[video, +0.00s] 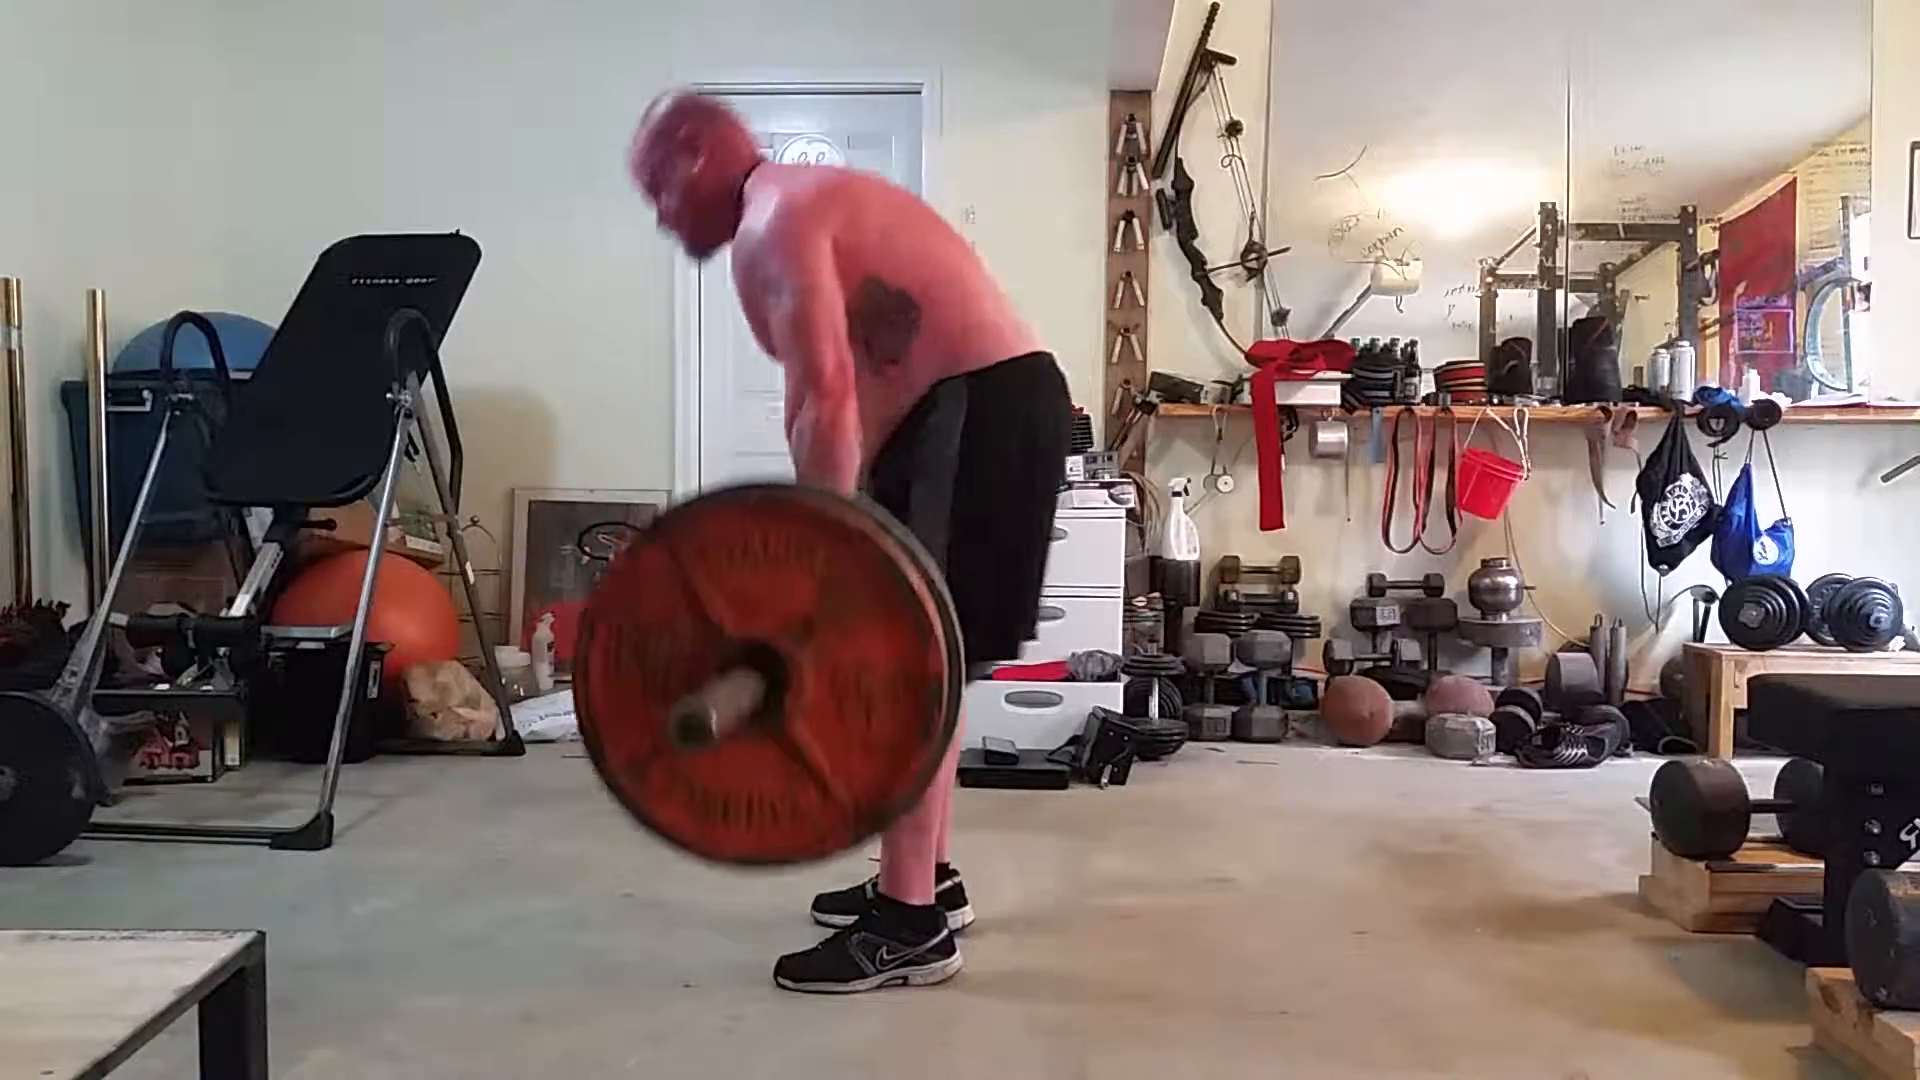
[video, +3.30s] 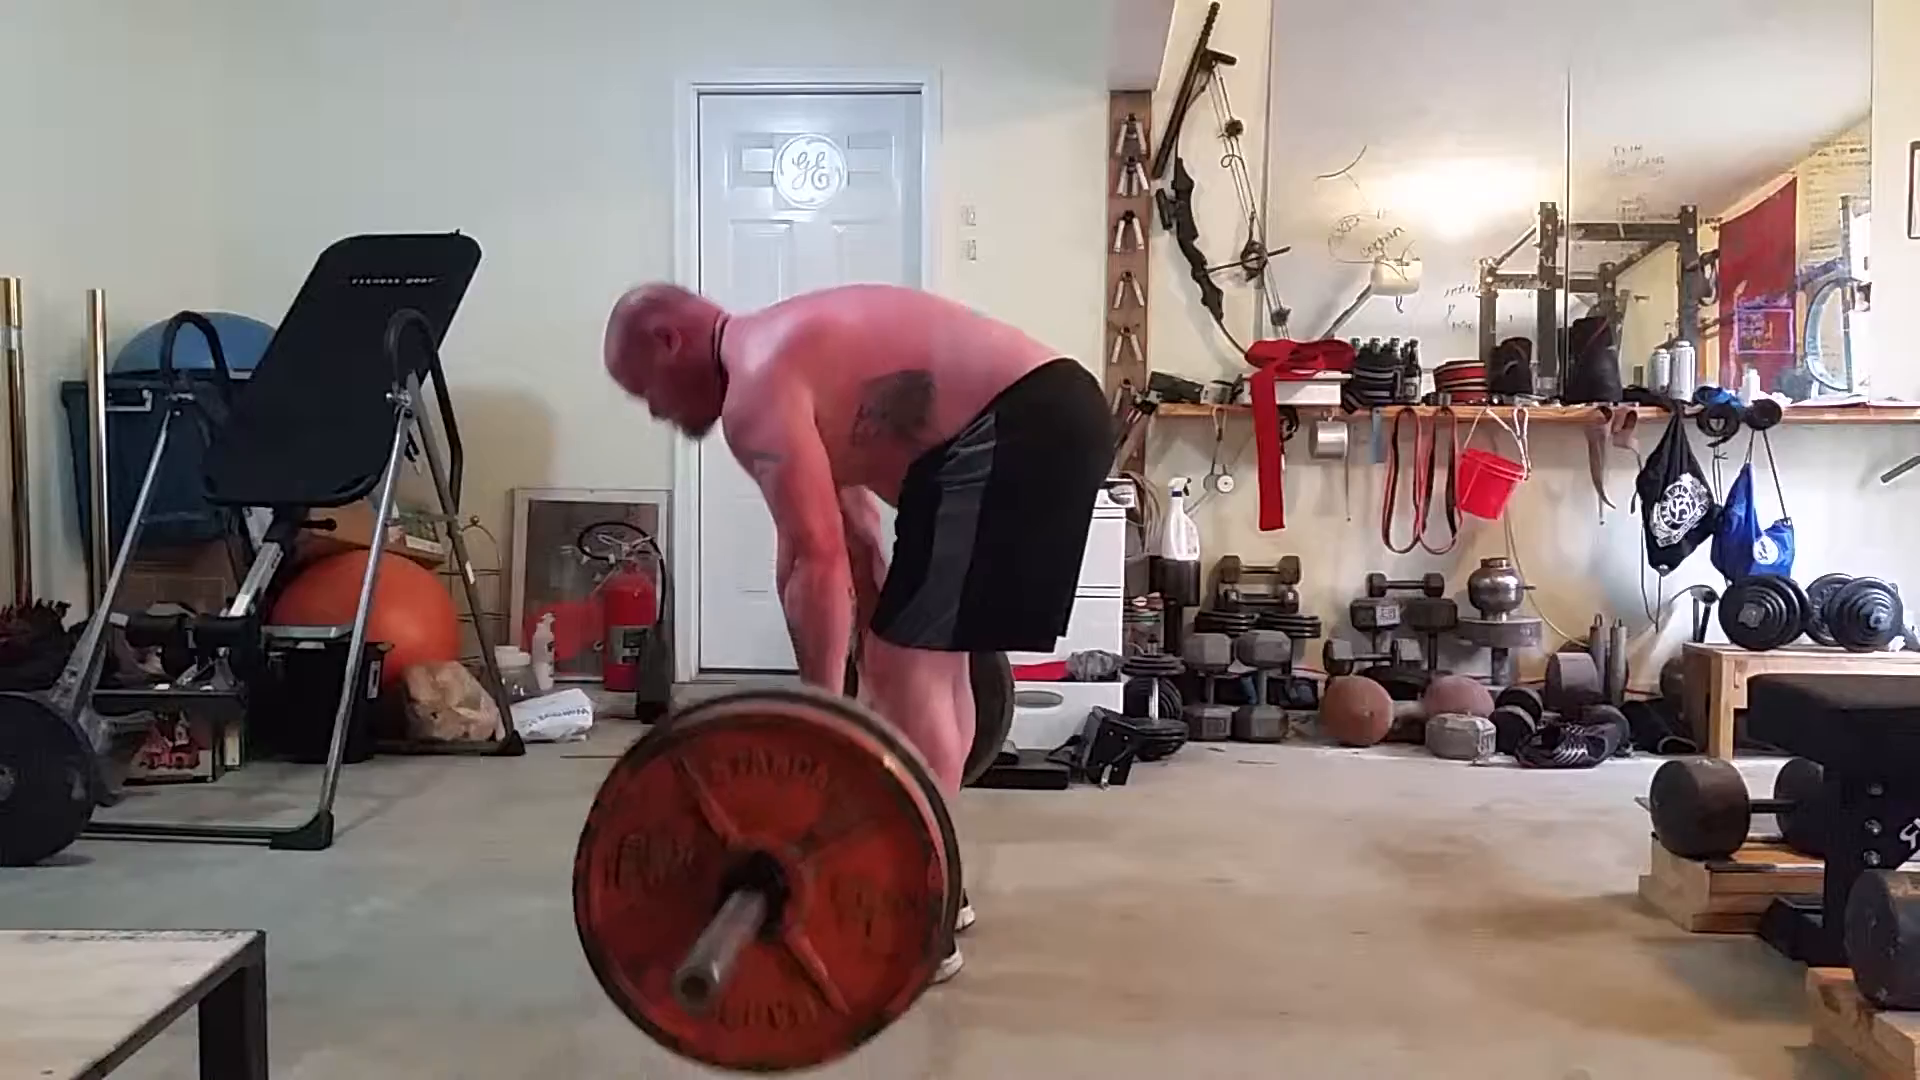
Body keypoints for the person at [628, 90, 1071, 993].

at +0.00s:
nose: (658, 215)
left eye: (656, 189)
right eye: (648, 197)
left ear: (701, 155)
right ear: (719, 149)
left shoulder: (779, 218)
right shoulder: (798, 206)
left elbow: (826, 397)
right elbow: (839, 396)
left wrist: (811, 571)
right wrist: (823, 568)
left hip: (971, 409)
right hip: (970, 408)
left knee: (913, 656)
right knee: (922, 651)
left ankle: (909, 916)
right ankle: (923, 878)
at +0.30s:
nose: (651, 352)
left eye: (642, 328)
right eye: (638, 336)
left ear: (673, 280)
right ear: (685, 274)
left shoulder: (762, 331)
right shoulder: (774, 319)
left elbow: (815, 512)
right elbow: (863, 515)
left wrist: (813, 678)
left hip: (1008, 421)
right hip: (1013, 416)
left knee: (905, 664)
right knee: (930, 665)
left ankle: (910, 921)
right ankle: (921, 887)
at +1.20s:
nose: (676, 216)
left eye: (678, 190)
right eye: (671, 195)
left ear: (730, 168)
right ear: (746, 166)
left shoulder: (796, 236)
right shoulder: (817, 226)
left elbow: (833, 419)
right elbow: (863, 426)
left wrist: (817, 586)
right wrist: (849, 561)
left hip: (999, 414)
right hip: (985, 418)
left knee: (920, 658)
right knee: (920, 651)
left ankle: (912, 912)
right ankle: (922, 875)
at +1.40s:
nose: (730, 74)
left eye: (744, 51)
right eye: (734, 55)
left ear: (801, 55)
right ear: (815, 61)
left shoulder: (841, 141)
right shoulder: (832, 147)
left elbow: (851, 324)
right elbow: (841, 330)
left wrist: (821, 491)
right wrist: (806, 488)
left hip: (963, 397)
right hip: (944, 398)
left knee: (922, 654)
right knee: (918, 650)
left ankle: (912, 917)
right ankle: (921, 882)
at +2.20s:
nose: (669, 195)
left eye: (668, 171)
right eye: (660, 177)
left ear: (711, 134)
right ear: (728, 131)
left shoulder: (792, 199)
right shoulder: (802, 192)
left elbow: (832, 381)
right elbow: (843, 380)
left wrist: (819, 556)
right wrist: (819, 558)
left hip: (972, 412)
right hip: (966, 411)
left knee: (914, 651)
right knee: (925, 648)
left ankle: (910, 914)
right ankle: (922, 879)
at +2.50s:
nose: (660, 326)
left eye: (650, 302)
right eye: (646, 310)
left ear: (680, 254)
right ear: (693, 246)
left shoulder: (772, 303)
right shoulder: (790, 288)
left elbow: (824, 480)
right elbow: (869, 488)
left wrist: (817, 653)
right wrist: (858, 628)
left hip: (1006, 421)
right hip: (995, 423)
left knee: (926, 666)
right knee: (925, 666)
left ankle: (905, 921)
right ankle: (918, 886)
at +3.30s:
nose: (652, 411)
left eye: (643, 391)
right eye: (638, 399)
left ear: (673, 343)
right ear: (681, 336)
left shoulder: (759, 390)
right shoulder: (777, 359)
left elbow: (815, 559)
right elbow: (856, 538)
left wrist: (813, 730)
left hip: (1013, 427)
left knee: (901, 661)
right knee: (922, 660)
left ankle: (920, 912)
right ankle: (932, 896)